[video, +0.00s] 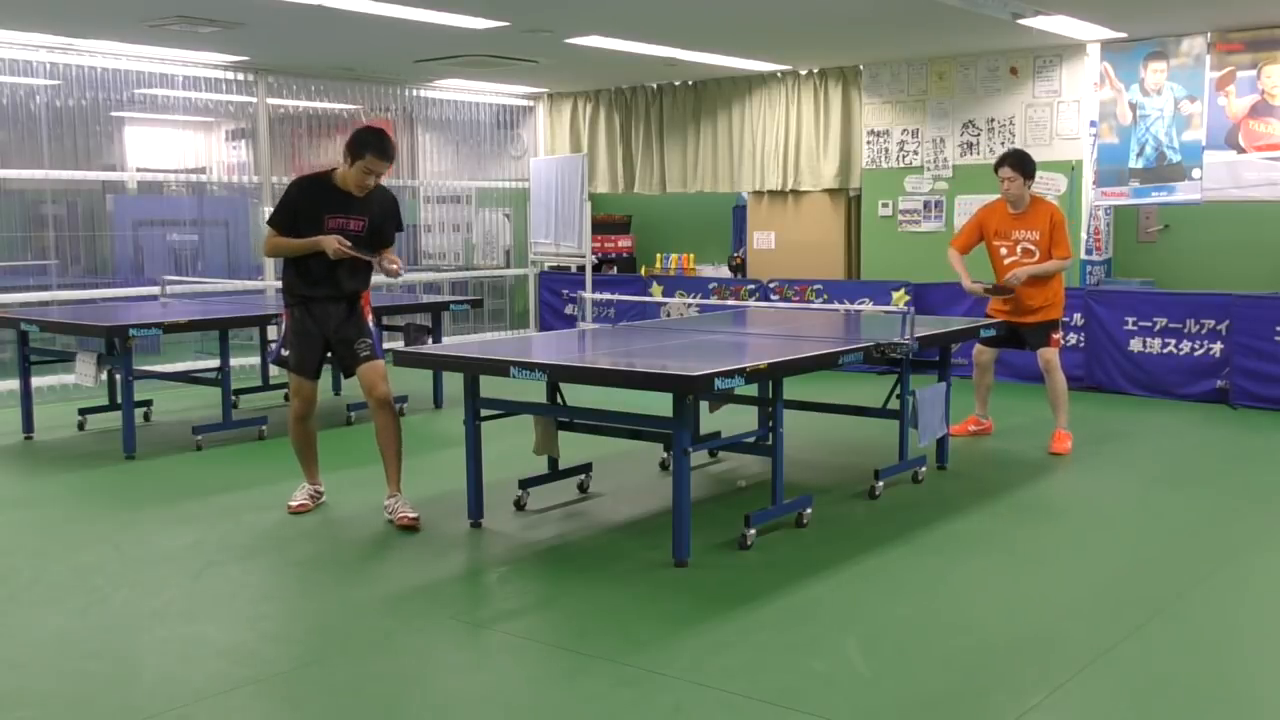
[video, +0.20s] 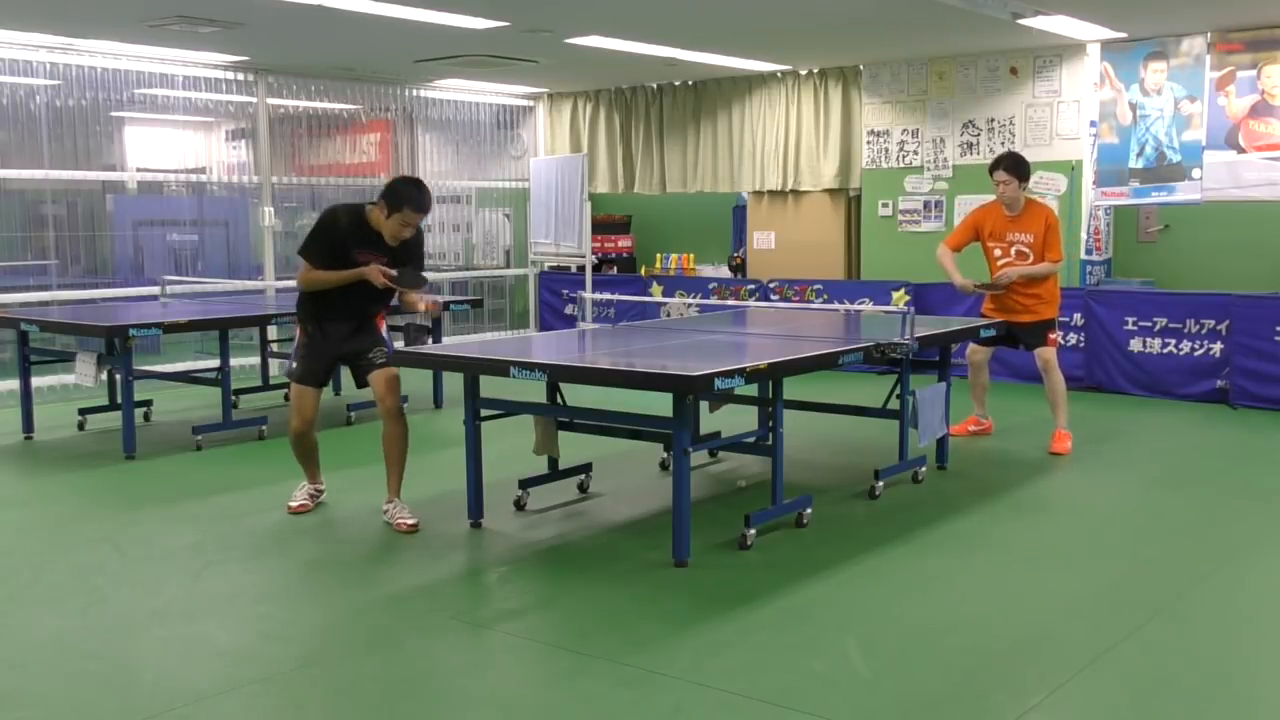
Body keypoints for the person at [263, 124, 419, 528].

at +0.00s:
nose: (372, 182)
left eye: (379, 175)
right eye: (367, 173)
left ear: (386, 169)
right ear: (347, 159)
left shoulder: (382, 201)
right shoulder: (304, 189)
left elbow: (384, 251)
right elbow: (270, 245)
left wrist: (389, 262)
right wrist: (318, 242)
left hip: (352, 310)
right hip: (304, 310)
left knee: (381, 394)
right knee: (301, 406)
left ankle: (394, 496)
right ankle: (312, 485)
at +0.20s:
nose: (409, 233)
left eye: (415, 226)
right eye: (404, 224)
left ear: (419, 221)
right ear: (383, 210)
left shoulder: (411, 239)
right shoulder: (338, 219)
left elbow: (407, 293)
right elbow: (305, 279)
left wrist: (421, 302)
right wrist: (362, 272)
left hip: (365, 328)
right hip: (318, 328)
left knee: (392, 404)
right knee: (300, 427)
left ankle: (393, 500)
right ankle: (314, 484)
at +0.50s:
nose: (442, 290)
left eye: (447, 285)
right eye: (439, 282)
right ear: (417, 262)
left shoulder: (434, 283)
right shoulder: (370, 262)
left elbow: (422, 334)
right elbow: (355, 329)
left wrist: (447, 341)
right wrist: (416, 312)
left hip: (388, 353)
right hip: (340, 352)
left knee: (412, 423)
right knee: (301, 446)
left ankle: (394, 502)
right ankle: (319, 480)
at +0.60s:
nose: (446, 292)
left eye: (452, 287)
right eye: (444, 284)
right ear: (424, 265)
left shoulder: (439, 286)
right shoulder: (374, 265)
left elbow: (425, 335)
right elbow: (362, 331)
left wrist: (452, 344)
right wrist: (421, 314)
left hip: (393, 357)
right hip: (343, 354)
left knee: (415, 427)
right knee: (302, 447)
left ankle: (394, 502)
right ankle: (321, 480)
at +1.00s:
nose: (442, 260)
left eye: (448, 253)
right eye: (437, 250)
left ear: (453, 251)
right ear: (411, 240)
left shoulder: (442, 269)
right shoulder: (370, 250)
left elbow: (428, 325)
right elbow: (361, 318)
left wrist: (451, 345)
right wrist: (420, 302)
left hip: (392, 350)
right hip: (343, 346)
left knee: (412, 426)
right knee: (296, 440)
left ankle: (393, 502)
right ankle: (309, 479)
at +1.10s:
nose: (429, 233)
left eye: (434, 226)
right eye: (423, 223)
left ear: (438, 224)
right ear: (398, 216)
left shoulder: (433, 252)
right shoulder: (359, 237)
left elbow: (434, 308)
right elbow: (354, 305)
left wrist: (452, 332)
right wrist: (410, 283)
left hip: (388, 345)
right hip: (340, 341)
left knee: (409, 423)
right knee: (291, 435)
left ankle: (394, 502)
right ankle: (292, 482)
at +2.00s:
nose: (338, 236)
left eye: (346, 228)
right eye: (332, 226)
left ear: (353, 222)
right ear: (311, 214)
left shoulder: (354, 247)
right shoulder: (274, 226)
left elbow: (374, 277)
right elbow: (223, 239)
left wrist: (371, 312)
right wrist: (191, 252)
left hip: (325, 338)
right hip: (275, 341)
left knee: (379, 405)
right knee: (266, 446)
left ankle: (330, 482)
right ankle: (276, 488)